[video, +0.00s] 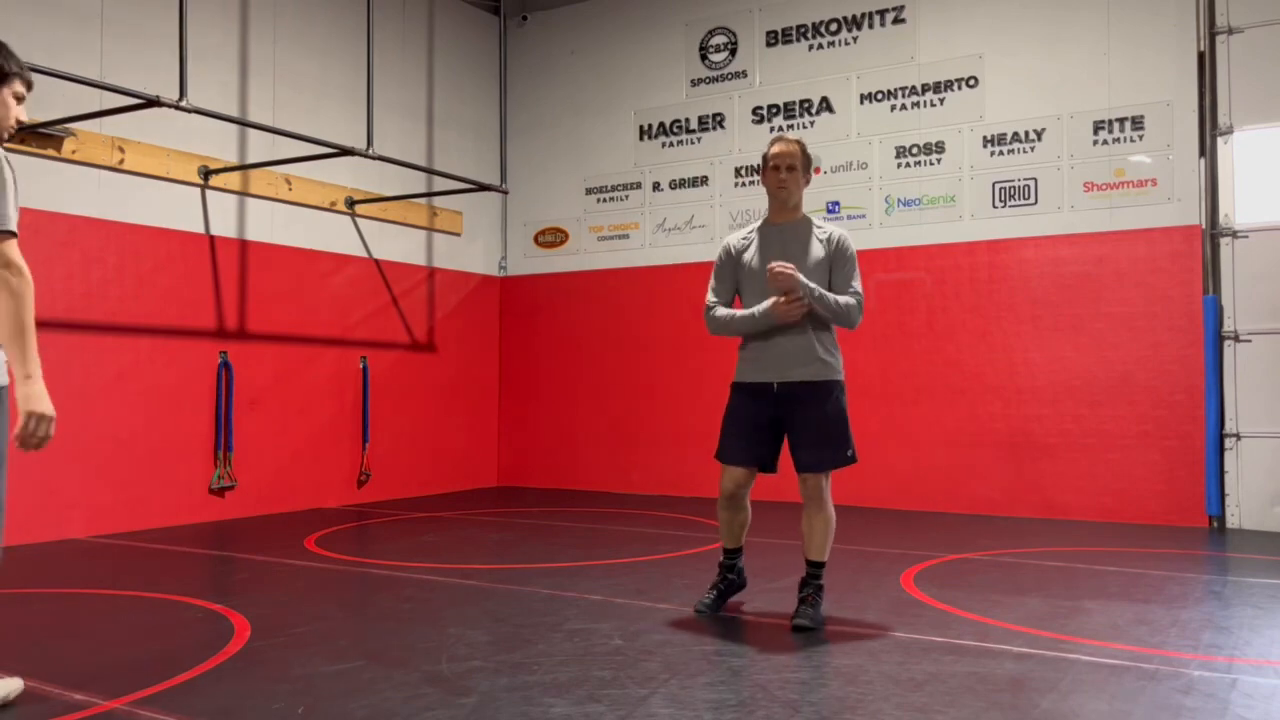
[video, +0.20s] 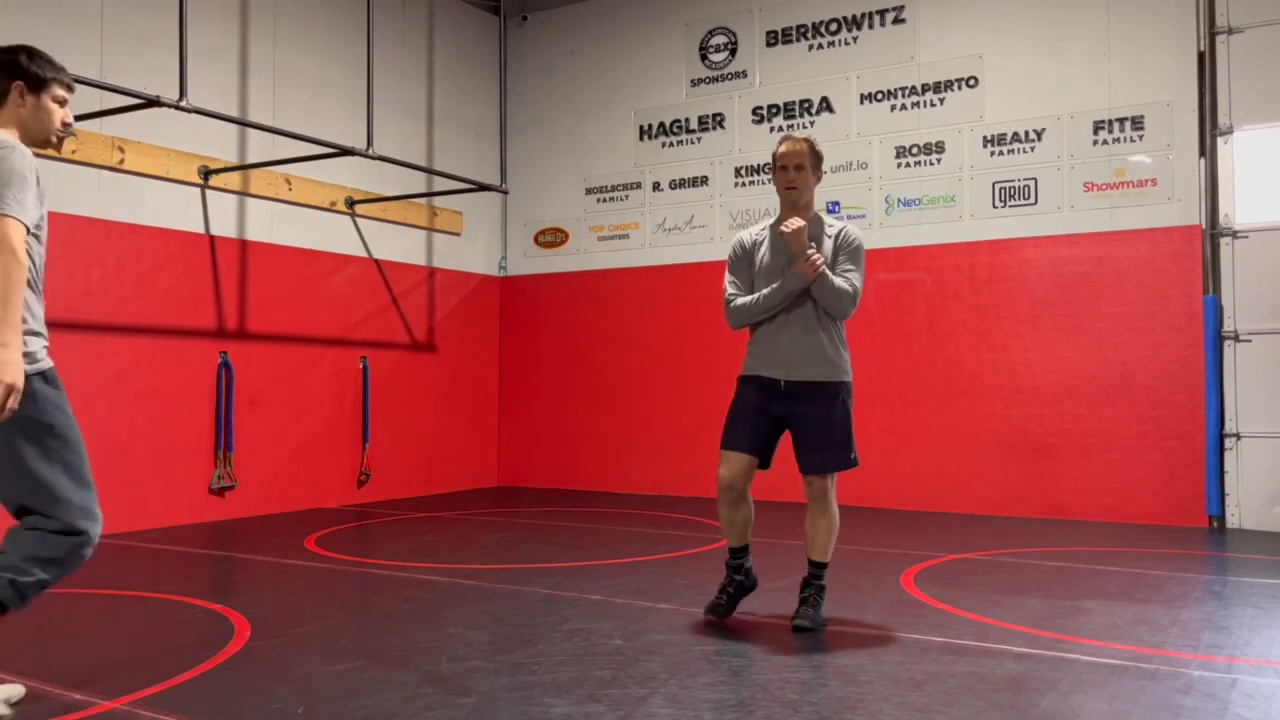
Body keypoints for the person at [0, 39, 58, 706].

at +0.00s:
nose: (19, 115)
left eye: (22, 102)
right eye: (15, 98)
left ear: (8, 100)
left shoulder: (2, 164)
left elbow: (11, 264)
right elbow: (9, 264)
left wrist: (26, 379)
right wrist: (29, 378)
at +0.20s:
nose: (68, 118)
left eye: (69, 105)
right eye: (60, 103)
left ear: (19, 100)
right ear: (19, 94)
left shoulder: (10, 160)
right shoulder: (14, 158)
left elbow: (14, 254)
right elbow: (10, 247)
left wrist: (18, 353)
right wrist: (11, 353)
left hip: (12, 369)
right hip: (20, 370)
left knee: (50, 519)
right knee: (70, 521)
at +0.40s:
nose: (109, 133)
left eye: (110, 120)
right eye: (102, 118)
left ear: (55, 116)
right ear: (62, 113)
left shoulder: (12, 168)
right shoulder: (50, 171)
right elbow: (37, 267)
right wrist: (35, 365)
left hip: (11, 374)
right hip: (56, 375)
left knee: (1, 519)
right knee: (107, 499)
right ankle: (104, 642)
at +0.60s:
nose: (163, 151)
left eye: (164, 139)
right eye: (156, 139)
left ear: (100, 140)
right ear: (120, 138)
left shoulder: (39, 199)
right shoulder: (125, 202)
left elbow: (40, 290)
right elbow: (121, 298)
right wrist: (131, 388)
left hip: (35, 379)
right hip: (101, 382)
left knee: (16, 523)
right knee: (141, 509)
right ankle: (162, 630)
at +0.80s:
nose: (219, 156)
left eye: (219, 144)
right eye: (213, 144)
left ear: (162, 145)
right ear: (180, 144)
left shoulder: (99, 203)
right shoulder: (192, 208)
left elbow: (93, 294)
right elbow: (221, 300)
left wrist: (109, 359)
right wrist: (251, 380)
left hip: (109, 373)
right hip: (171, 378)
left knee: (111, 496)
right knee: (181, 503)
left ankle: (32, 596)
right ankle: (171, 631)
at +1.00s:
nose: (264, 162)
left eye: (264, 152)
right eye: (257, 151)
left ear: (213, 151)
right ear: (225, 149)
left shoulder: (152, 211)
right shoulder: (236, 212)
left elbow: (142, 302)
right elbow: (274, 293)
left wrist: (151, 369)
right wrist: (330, 350)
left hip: (163, 373)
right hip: (214, 376)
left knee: (196, 485)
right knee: (219, 493)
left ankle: (154, 585)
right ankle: (174, 627)